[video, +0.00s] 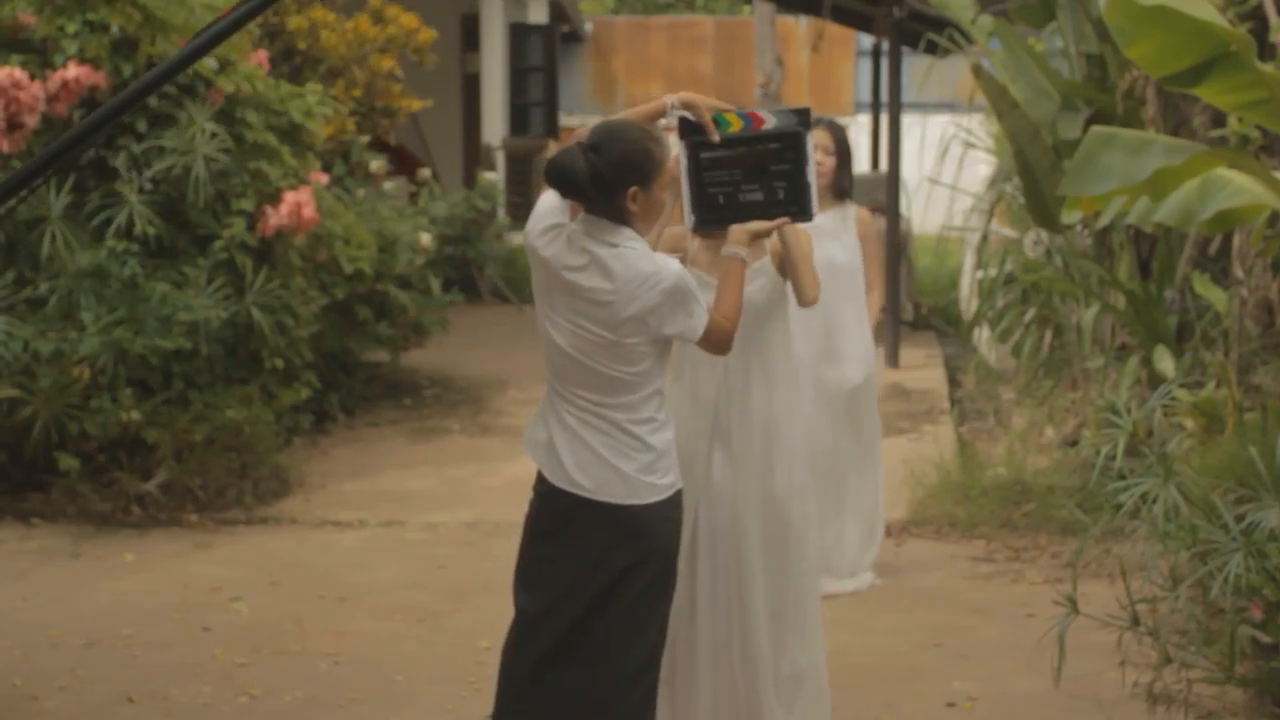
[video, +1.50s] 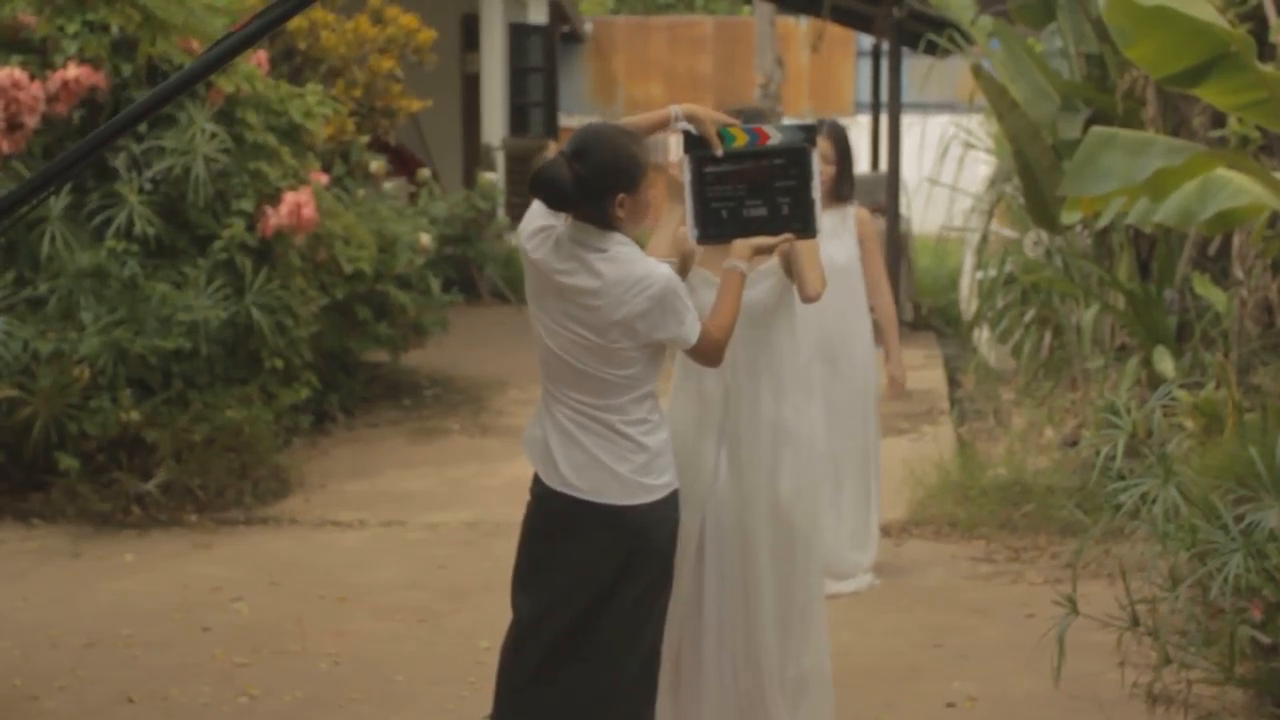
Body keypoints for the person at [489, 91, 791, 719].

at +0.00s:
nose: (672, 191)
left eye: (671, 180)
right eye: (666, 184)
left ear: (594, 192)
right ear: (634, 197)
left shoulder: (548, 232)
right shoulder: (654, 277)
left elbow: (574, 155)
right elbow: (718, 334)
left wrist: (653, 113)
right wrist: (737, 252)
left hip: (561, 480)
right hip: (638, 491)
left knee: (537, 650)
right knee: (623, 666)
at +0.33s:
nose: (671, 192)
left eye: (671, 180)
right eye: (665, 183)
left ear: (594, 194)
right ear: (634, 197)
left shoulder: (549, 233)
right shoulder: (655, 278)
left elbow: (581, 152)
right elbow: (721, 334)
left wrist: (664, 111)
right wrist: (740, 249)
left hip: (562, 481)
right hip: (640, 492)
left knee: (536, 653)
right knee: (623, 668)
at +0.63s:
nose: (668, 192)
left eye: (668, 181)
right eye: (664, 184)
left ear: (589, 190)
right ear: (634, 198)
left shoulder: (548, 234)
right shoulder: (654, 278)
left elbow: (579, 153)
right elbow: (719, 338)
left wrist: (661, 113)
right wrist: (740, 255)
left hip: (562, 481)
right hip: (640, 492)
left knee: (537, 649)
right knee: (624, 665)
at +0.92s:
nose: (665, 191)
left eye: (665, 179)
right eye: (660, 182)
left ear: (585, 189)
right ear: (632, 199)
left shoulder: (545, 235)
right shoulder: (653, 279)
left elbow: (578, 149)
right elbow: (715, 343)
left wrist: (662, 114)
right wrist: (738, 258)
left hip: (560, 484)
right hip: (638, 494)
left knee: (536, 652)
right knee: (623, 667)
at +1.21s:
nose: (664, 184)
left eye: (661, 173)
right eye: (656, 177)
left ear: (583, 192)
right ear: (627, 201)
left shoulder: (542, 237)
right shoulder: (648, 280)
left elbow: (573, 141)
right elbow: (712, 347)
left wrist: (669, 114)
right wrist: (738, 263)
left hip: (559, 483)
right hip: (637, 495)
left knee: (536, 648)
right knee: (623, 664)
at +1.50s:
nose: (661, 185)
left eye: (658, 174)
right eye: (652, 179)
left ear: (584, 195)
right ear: (622, 202)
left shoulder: (539, 239)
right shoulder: (646, 281)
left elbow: (573, 139)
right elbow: (709, 348)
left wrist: (672, 114)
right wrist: (737, 263)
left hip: (559, 485)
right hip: (637, 495)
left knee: (535, 650)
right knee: (623, 664)